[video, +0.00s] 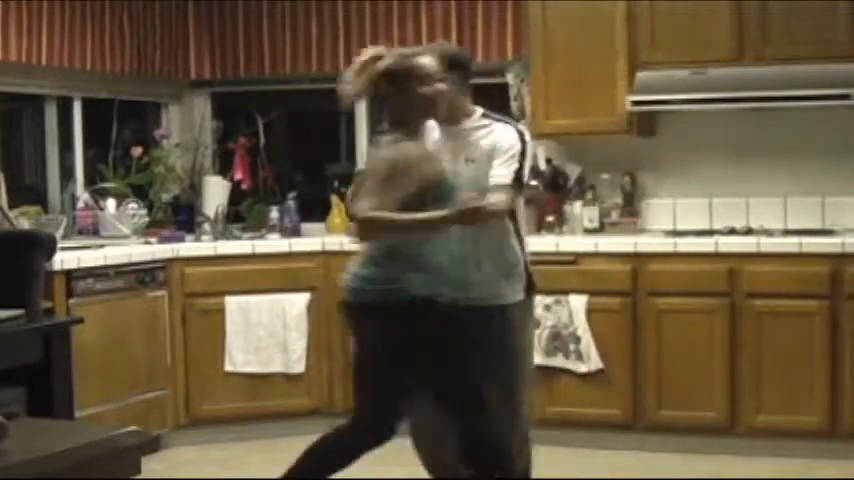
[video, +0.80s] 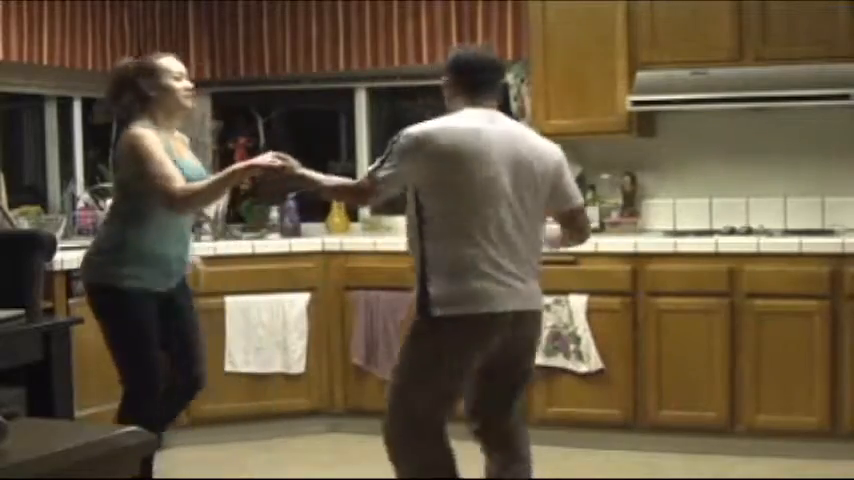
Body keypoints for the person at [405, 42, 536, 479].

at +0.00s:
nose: (426, 92)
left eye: (435, 81)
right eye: (422, 83)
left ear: (462, 83)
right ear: (422, 87)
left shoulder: (504, 136)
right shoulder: (418, 136)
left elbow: (500, 203)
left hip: (497, 298)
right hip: (433, 298)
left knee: (504, 414)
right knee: (429, 417)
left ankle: (513, 473)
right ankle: (453, 475)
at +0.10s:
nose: (410, 96)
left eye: (417, 87)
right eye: (409, 88)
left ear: (451, 85)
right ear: (444, 87)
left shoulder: (504, 139)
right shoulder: (415, 138)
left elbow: (473, 207)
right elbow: (392, 198)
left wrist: (401, 229)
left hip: (500, 301)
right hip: (436, 300)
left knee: (513, 411)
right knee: (435, 410)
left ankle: (512, 474)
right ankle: (456, 475)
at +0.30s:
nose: (409, 98)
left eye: (415, 88)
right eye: (409, 89)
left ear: (448, 87)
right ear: (442, 90)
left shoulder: (497, 141)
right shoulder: (424, 143)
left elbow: (426, 207)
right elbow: (399, 208)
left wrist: (339, 230)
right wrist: (331, 199)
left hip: (505, 303)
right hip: (448, 303)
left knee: (478, 411)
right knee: (439, 415)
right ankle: (451, 479)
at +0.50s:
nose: (411, 98)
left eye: (414, 88)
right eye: (411, 88)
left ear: (436, 87)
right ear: (462, 87)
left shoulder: (460, 142)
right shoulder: (480, 134)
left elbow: (383, 205)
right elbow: (464, 227)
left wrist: (301, 221)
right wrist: (394, 229)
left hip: (496, 310)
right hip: (474, 301)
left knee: (451, 440)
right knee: (415, 375)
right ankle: (486, 464)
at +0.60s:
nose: (419, 92)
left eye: (422, 82)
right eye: (420, 82)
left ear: (438, 84)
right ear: (474, 84)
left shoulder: (442, 143)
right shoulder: (508, 139)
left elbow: (371, 199)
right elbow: (518, 214)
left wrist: (287, 200)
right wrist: (442, 236)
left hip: (483, 312)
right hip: (517, 305)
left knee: (438, 429)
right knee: (419, 382)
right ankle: (501, 460)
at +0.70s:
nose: (431, 91)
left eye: (434, 82)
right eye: (433, 82)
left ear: (445, 85)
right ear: (488, 89)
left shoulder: (430, 140)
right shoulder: (529, 147)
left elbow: (361, 194)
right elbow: (554, 231)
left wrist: (287, 183)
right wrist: (490, 231)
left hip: (466, 314)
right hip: (520, 309)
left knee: (423, 433)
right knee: (471, 419)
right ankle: (512, 476)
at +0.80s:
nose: (441, 93)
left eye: (443, 87)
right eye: (442, 88)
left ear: (449, 87)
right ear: (500, 89)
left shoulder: (423, 139)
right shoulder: (543, 150)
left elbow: (362, 195)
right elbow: (578, 232)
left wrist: (295, 175)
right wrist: (531, 232)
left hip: (454, 316)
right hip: (524, 312)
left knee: (412, 428)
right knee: (501, 422)